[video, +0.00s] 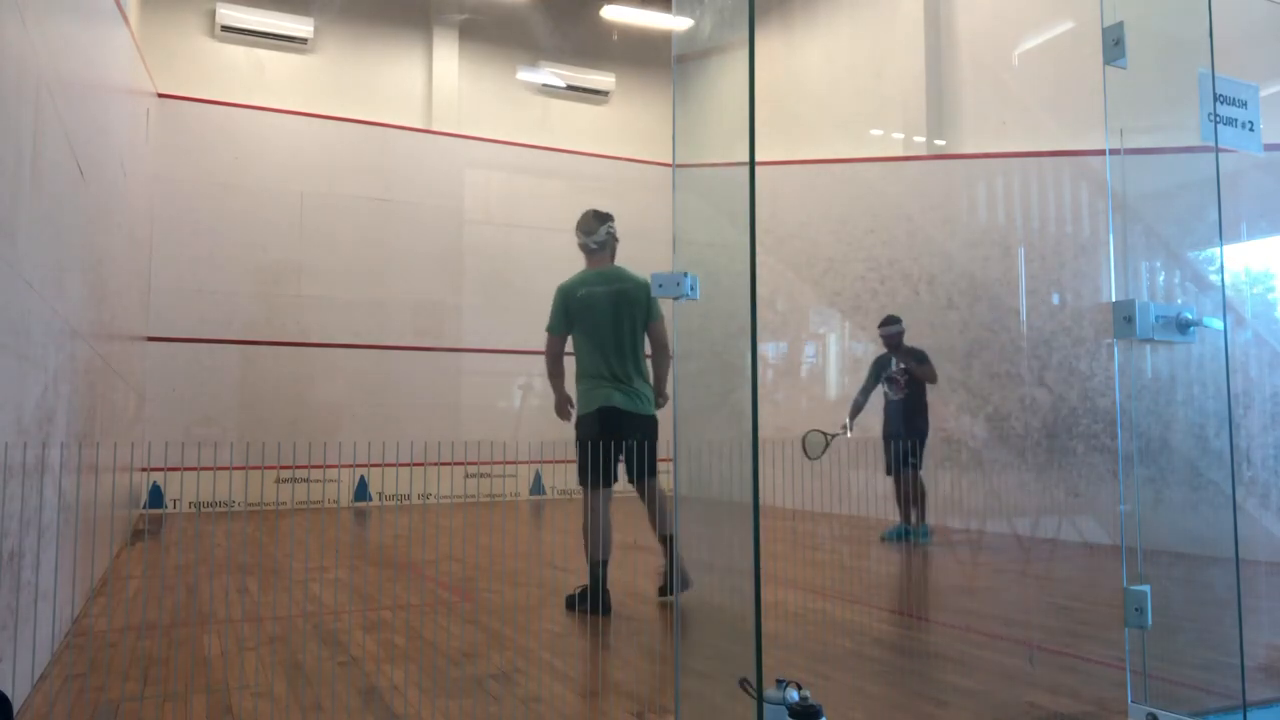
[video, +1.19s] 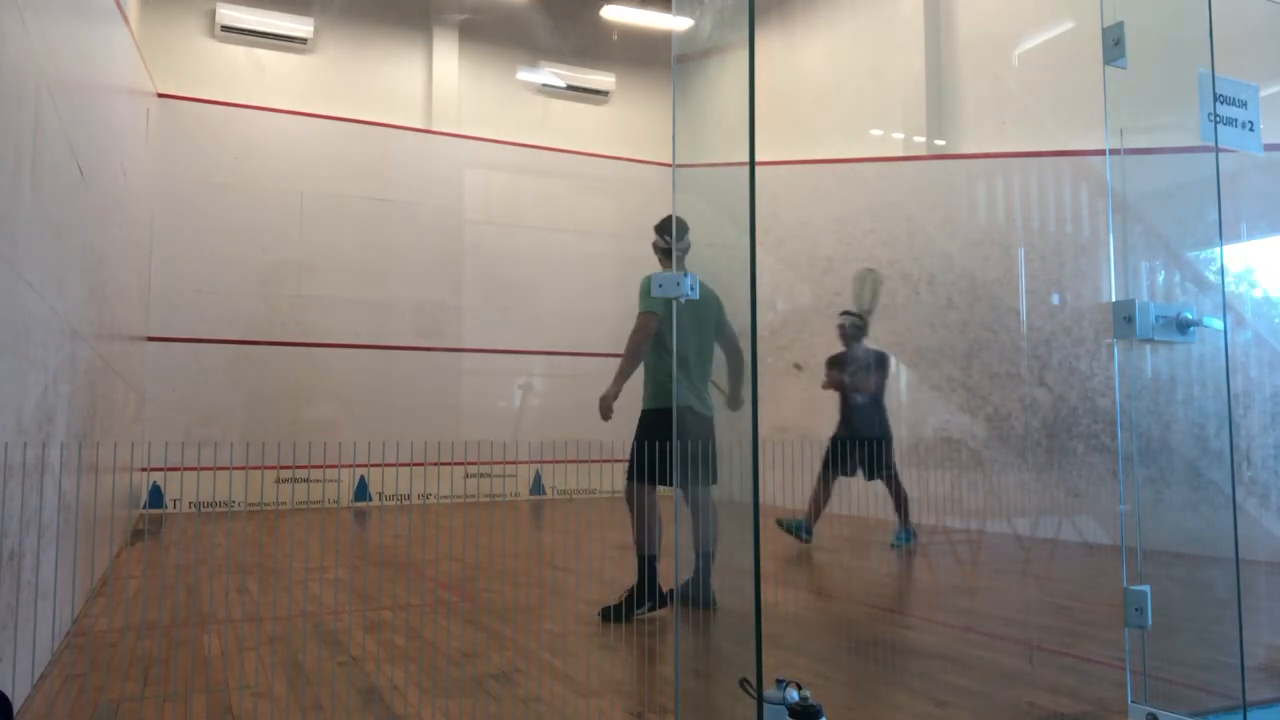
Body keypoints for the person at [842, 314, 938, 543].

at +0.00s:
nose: (887, 341)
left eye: (891, 336)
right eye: (884, 337)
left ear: (901, 334)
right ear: (880, 337)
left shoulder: (917, 356)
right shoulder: (881, 362)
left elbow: (932, 378)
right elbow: (865, 391)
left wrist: (910, 364)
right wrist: (850, 418)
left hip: (914, 424)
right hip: (892, 425)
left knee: (911, 474)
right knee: (898, 476)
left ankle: (921, 524)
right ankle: (905, 523)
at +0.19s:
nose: (884, 340)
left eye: (888, 334)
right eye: (879, 335)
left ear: (897, 333)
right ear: (874, 336)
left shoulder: (910, 356)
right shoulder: (874, 364)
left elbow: (937, 377)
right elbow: (860, 394)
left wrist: (919, 366)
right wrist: (848, 418)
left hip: (909, 425)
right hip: (887, 427)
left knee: (906, 477)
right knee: (896, 478)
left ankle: (909, 527)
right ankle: (903, 524)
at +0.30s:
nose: (880, 336)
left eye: (884, 332)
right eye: (876, 332)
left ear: (894, 332)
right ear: (873, 334)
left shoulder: (910, 358)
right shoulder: (872, 364)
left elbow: (939, 382)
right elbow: (859, 394)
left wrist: (937, 396)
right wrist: (850, 417)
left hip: (907, 426)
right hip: (884, 427)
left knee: (906, 478)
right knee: (893, 480)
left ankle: (909, 528)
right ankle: (903, 524)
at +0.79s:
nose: (874, 329)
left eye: (879, 324)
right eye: (871, 324)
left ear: (891, 327)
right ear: (868, 327)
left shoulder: (905, 358)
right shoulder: (862, 359)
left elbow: (912, 396)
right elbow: (852, 391)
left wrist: (908, 426)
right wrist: (868, 396)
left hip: (898, 426)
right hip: (872, 426)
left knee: (903, 477)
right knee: (868, 476)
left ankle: (909, 528)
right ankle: (895, 514)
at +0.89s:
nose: (871, 328)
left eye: (877, 324)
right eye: (869, 324)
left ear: (889, 327)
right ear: (865, 327)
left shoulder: (900, 357)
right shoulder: (859, 358)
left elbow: (899, 392)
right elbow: (851, 387)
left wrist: (891, 421)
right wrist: (874, 385)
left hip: (895, 424)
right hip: (869, 423)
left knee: (901, 479)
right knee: (855, 476)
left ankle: (908, 528)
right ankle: (883, 510)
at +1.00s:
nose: (866, 329)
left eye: (872, 324)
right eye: (864, 324)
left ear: (883, 328)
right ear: (860, 327)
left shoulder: (893, 357)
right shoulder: (854, 358)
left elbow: (887, 391)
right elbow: (850, 384)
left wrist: (865, 413)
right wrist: (875, 379)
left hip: (889, 427)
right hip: (863, 426)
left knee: (898, 478)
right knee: (841, 472)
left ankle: (907, 529)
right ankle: (862, 519)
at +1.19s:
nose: (841, 332)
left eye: (845, 328)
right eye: (840, 328)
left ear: (859, 330)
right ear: (841, 332)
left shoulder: (878, 358)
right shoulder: (836, 360)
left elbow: (872, 386)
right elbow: (833, 383)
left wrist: (841, 381)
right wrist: (859, 383)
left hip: (875, 431)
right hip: (847, 431)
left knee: (890, 479)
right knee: (826, 476)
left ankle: (906, 528)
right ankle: (807, 525)